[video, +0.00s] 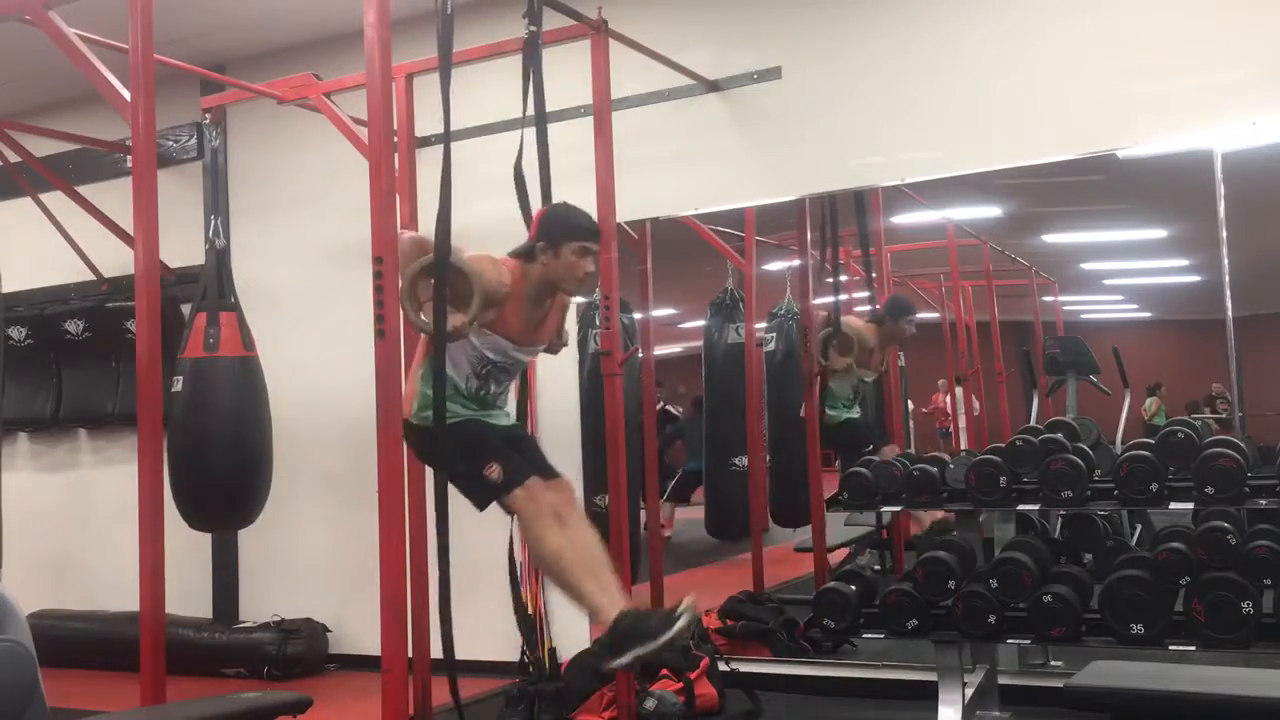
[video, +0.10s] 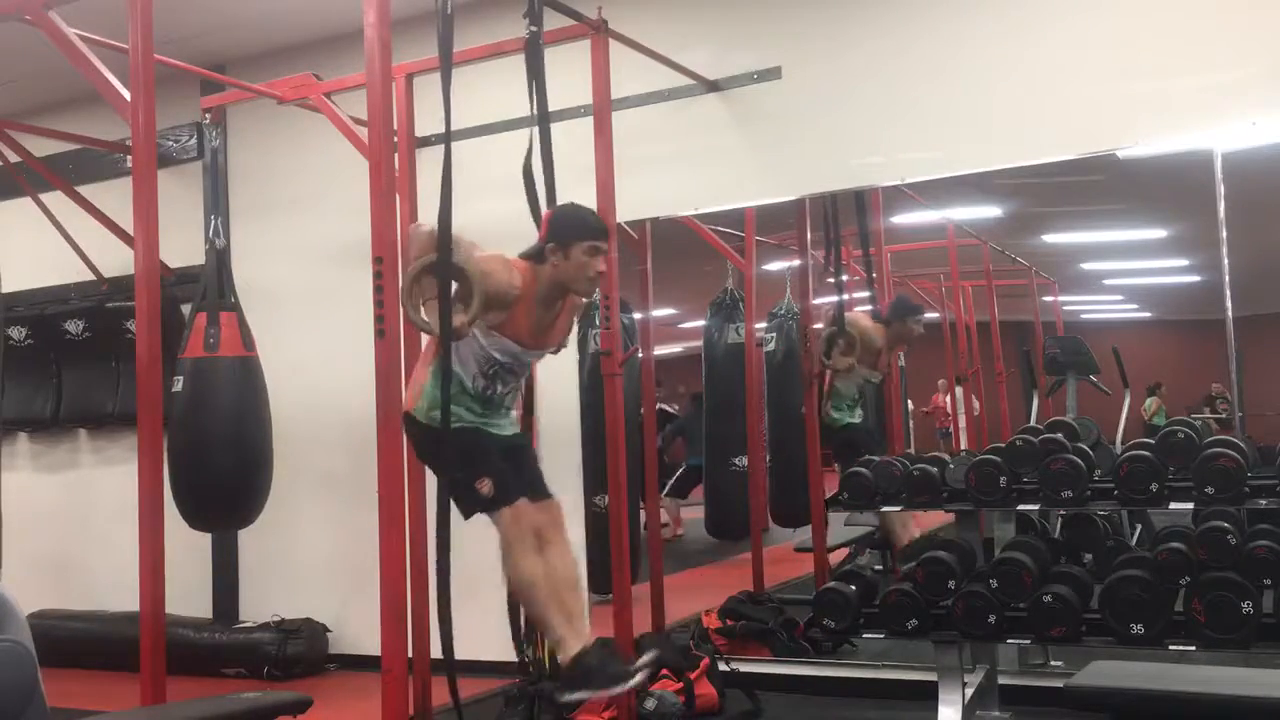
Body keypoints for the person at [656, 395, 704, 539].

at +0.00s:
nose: (687, 410)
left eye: (689, 407)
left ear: (692, 408)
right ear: (707, 408)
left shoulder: (687, 423)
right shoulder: (714, 422)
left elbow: (668, 436)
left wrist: (661, 452)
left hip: (694, 466)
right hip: (714, 465)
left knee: (670, 497)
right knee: (721, 496)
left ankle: (667, 528)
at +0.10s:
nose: (685, 407)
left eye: (687, 404)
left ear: (692, 405)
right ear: (705, 404)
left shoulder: (690, 419)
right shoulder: (713, 417)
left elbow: (670, 432)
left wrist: (664, 451)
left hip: (696, 462)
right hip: (713, 461)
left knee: (668, 496)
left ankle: (676, 527)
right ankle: (677, 525)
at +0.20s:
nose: (676, 404)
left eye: (680, 401)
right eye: (678, 401)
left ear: (687, 402)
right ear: (699, 402)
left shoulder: (682, 417)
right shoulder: (707, 414)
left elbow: (662, 435)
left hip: (695, 461)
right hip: (712, 459)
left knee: (668, 499)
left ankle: (682, 529)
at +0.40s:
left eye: (672, 386)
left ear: (673, 387)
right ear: (689, 385)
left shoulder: (669, 405)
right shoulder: (699, 401)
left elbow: (657, 426)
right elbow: (707, 423)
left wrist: (659, 449)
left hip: (680, 454)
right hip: (702, 452)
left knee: (670, 497)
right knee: (712, 490)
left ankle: (682, 530)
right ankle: (722, 523)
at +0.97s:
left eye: (667, 388)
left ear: (668, 389)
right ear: (684, 388)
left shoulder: (664, 408)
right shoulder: (694, 406)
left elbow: (658, 431)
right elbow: (696, 430)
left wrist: (656, 455)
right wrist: (697, 450)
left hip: (671, 458)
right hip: (691, 456)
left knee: (663, 496)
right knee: (688, 489)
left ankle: (665, 528)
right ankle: (701, 519)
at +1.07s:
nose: (673, 393)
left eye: (675, 390)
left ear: (677, 390)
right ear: (693, 388)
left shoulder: (674, 406)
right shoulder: (700, 405)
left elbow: (658, 424)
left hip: (676, 457)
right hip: (696, 456)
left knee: (666, 497)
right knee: (690, 493)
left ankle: (665, 532)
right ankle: (711, 518)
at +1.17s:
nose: (678, 394)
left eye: (680, 390)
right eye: (678, 391)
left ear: (686, 389)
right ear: (696, 388)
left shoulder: (686, 404)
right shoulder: (703, 403)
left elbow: (670, 409)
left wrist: (660, 400)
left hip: (685, 455)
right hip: (700, 455)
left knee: (671, 495)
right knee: (693, 494)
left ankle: (668, 531)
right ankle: (712, 520)